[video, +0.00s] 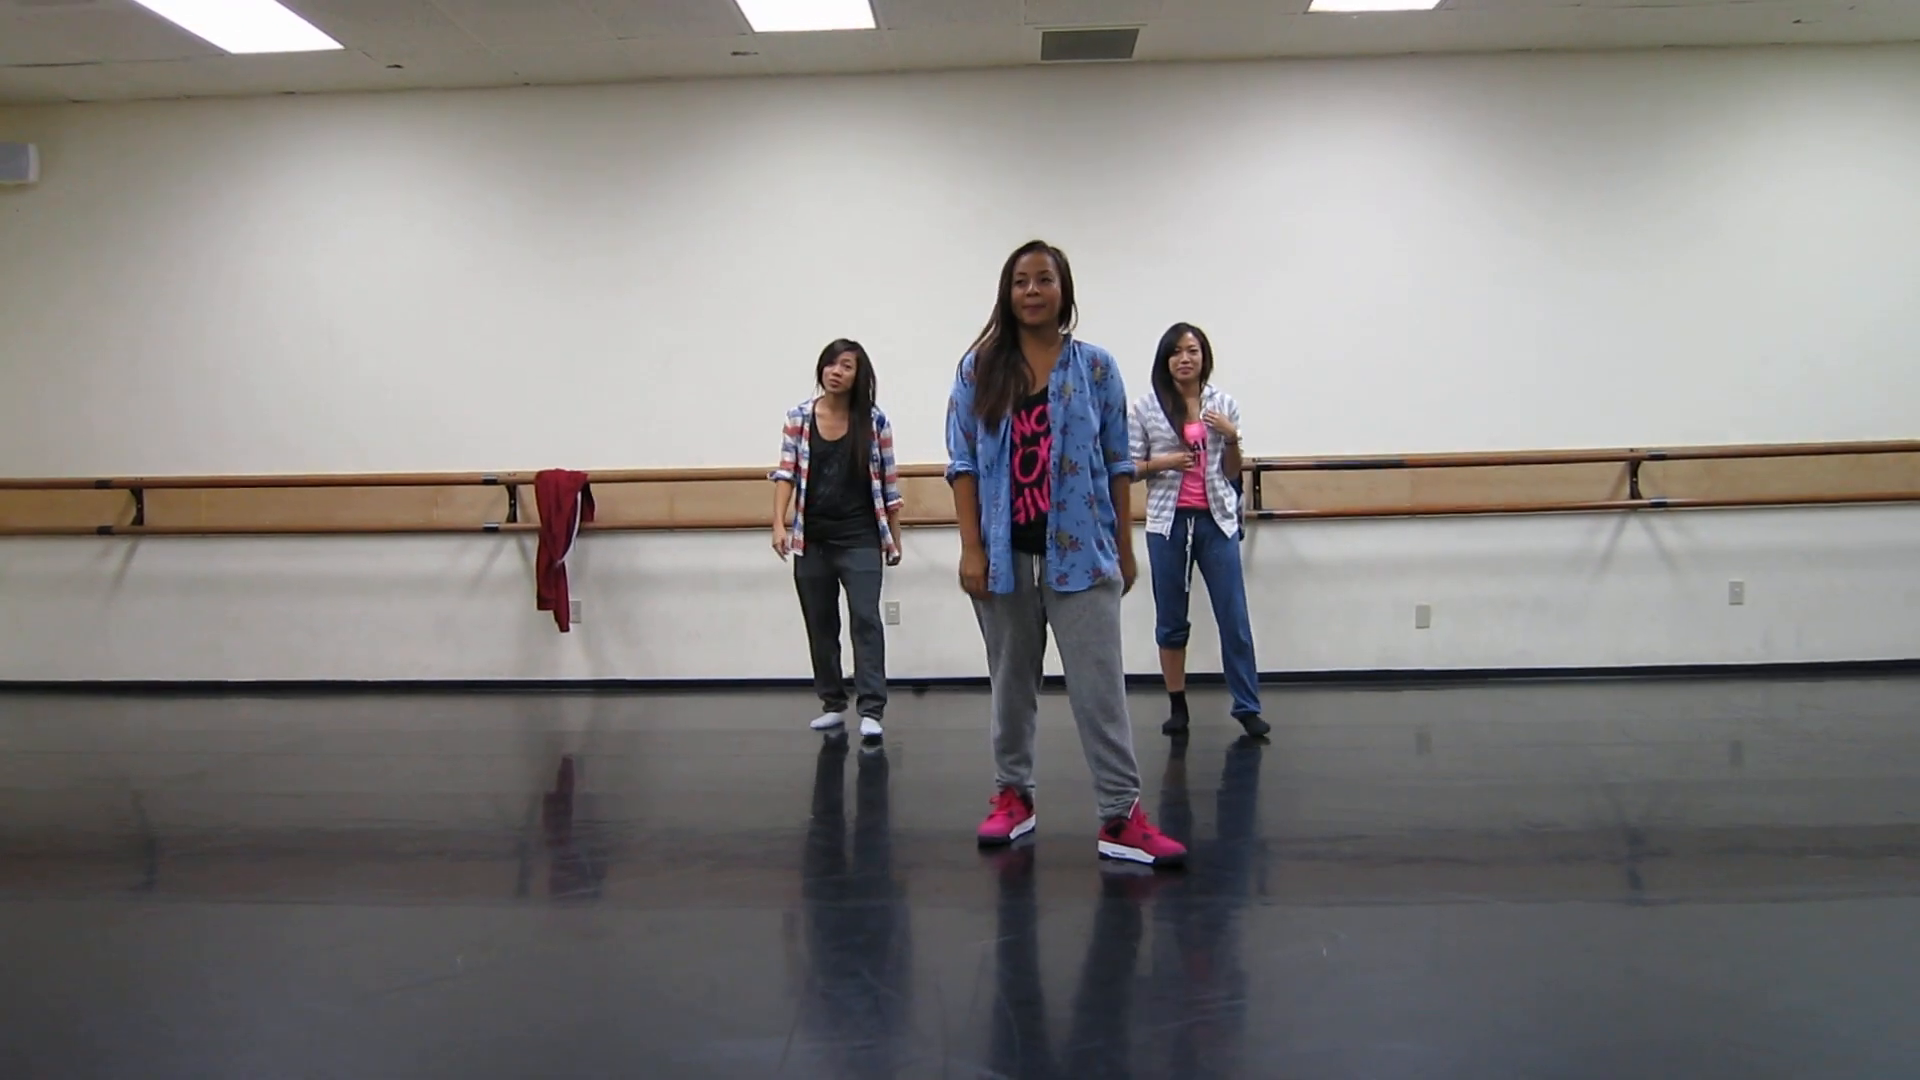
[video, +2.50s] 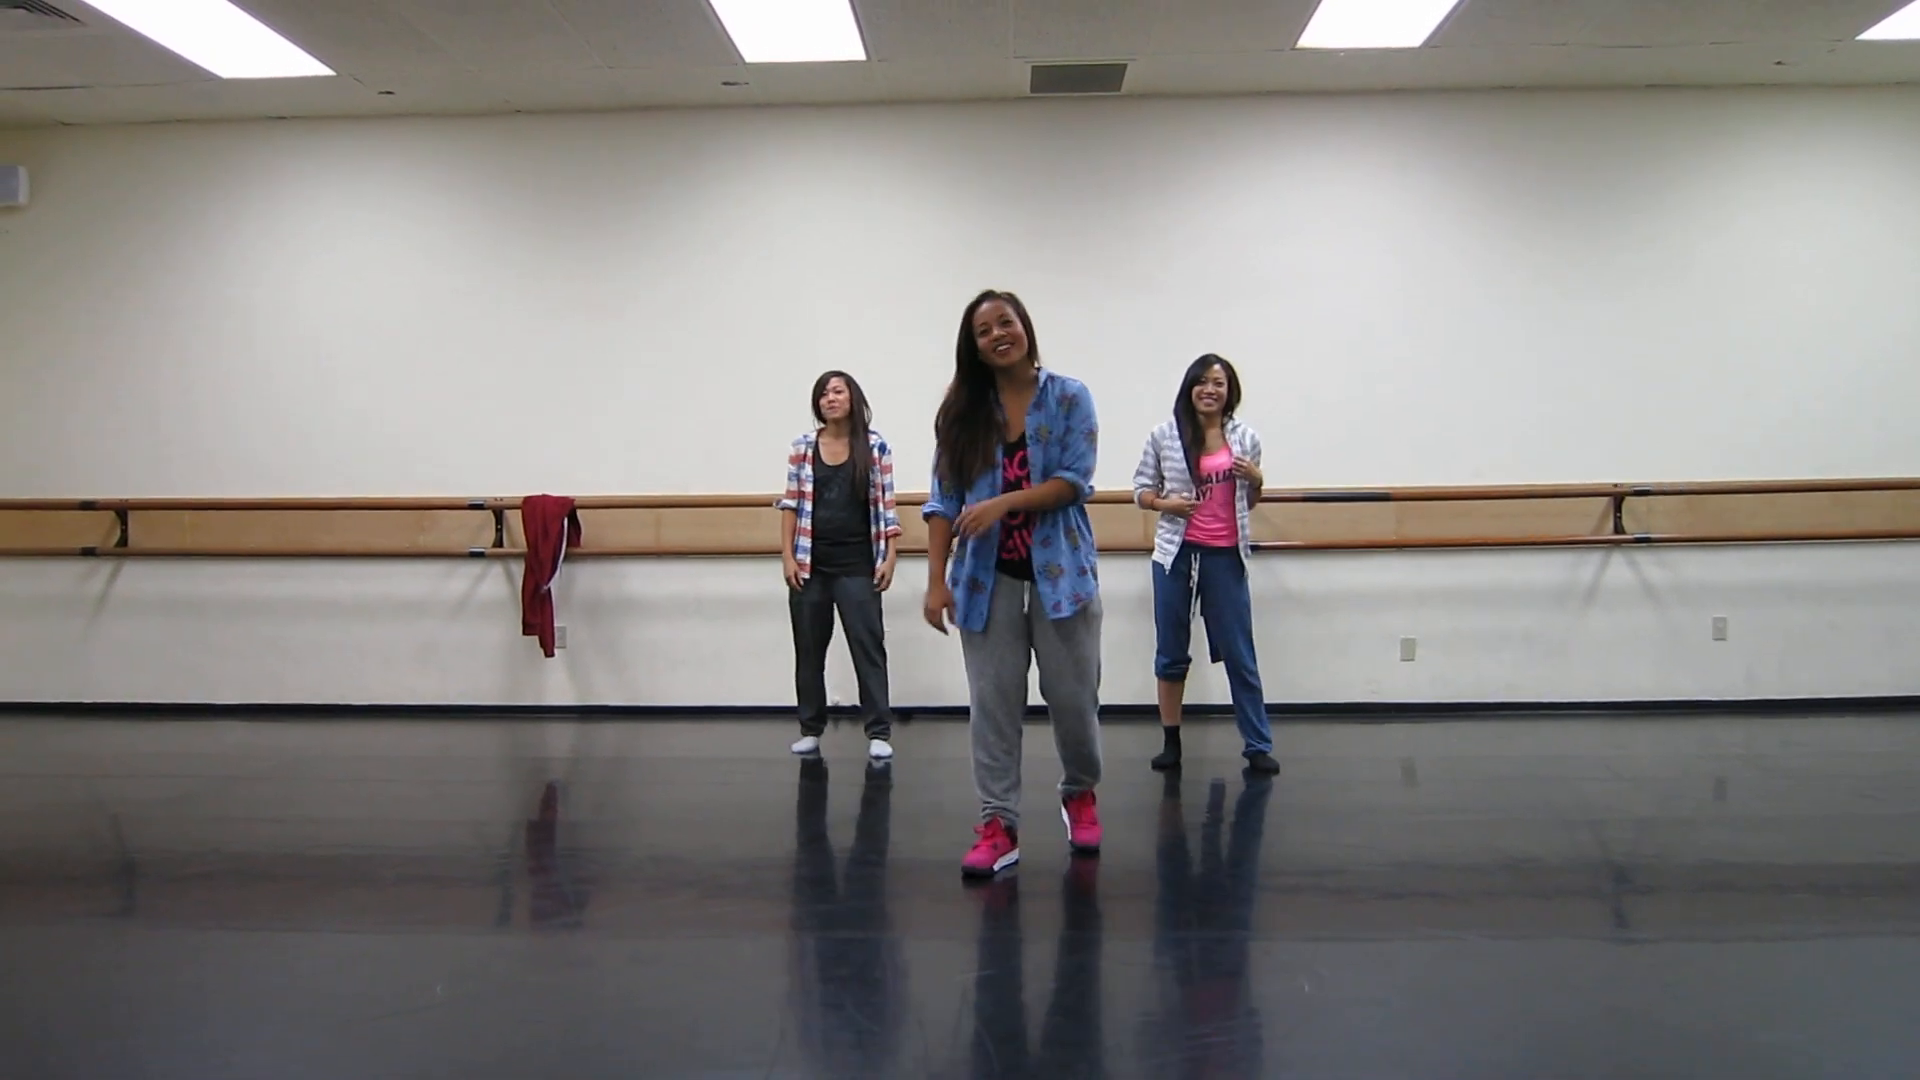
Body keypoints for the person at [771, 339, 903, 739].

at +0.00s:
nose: (837, 371)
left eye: (847, 366)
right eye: (832, 363)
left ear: (859, 376)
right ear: (821, 369)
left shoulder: (875, 420)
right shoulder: (800, 417)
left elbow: (889, 480)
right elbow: (786, 474)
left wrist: (894, 533)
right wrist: (779, 522)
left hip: (862, 541)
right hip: (812, 543)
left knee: (866, 622)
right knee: (821, 628)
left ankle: (871, 711)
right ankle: (832, 706)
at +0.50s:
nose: (839, 377)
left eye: (848, 373)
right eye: (834, 370)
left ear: (860, 382)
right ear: (822, 374)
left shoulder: (874, 426)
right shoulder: (800, 421)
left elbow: (883, 485)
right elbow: (782, 480)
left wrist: (879, 537)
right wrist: (781, 533)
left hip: (857, 544)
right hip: (807, 544)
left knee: (870, 630)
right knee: (811, 631)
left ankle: (880, 712)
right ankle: (818, 713)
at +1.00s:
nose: (860, 387)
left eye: (869, 383)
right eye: (855, 380)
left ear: (882, 391)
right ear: (844, 385)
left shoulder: (897, 435)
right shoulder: (824, 432)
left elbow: (907, 496)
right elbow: (816, 489)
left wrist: (902, 550)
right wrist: (812, 538)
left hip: (880, 558)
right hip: (833, 554)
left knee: (880, 642)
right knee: (820, 636)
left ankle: (874, 720)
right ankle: (813, 718)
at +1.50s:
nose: (866, 389)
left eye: (875, 383)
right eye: (860, 382)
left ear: (889, 392)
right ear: (851, 389)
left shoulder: (907, 439)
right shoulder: (833, 437)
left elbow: (921, 499)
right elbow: (824, 497)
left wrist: (916, 550)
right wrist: (817, 550)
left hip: (888, 563)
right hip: (840, 557)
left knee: (884, 647)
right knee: (823, 628)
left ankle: (874, 724)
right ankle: (816, 713)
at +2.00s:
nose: (859, 389)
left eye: (866, 383)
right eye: (852, 386)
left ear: (882, 390)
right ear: (846, 398)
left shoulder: (906, 438)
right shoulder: (833, 440)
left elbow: (918, 503)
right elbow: (823, 498)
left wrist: (911, 554)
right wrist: (815, 551)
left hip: (885, 565)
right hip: (838, 560)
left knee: (883, 651)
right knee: (815, 632)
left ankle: (878, 729)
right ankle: (815, 709)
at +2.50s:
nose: (832, 397)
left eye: (839, 391)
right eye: (825, 393)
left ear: (854, 399)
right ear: (817, 403)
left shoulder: (874, 445)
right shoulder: (803, 446)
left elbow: (887, 505)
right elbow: (790, 504)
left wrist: (890, 556)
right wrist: (787, 554)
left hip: (859, 565)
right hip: (810, 565)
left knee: (868, 649)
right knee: (808, 652)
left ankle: (878, 732)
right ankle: (810, 729)